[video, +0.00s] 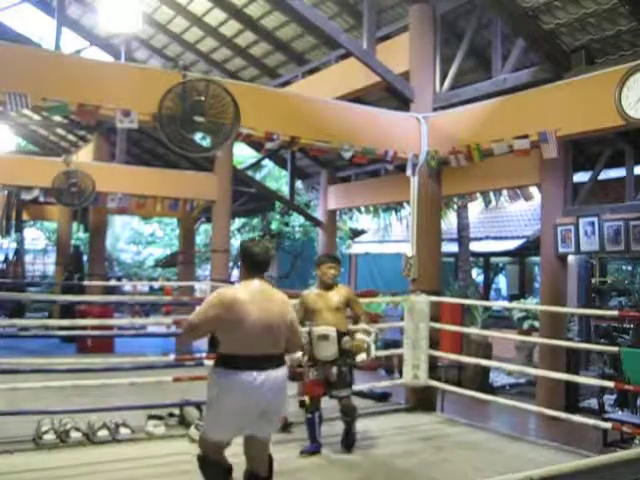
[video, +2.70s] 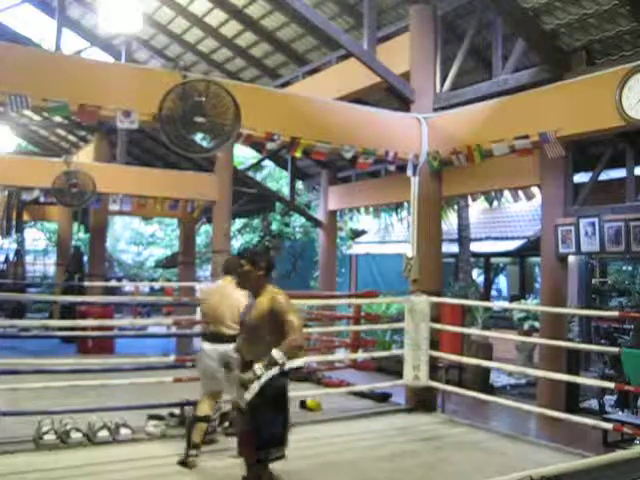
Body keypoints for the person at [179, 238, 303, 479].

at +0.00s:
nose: (238, 264)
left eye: (239, 261)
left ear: (241, 263)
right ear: (269, 266)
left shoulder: (225, 297)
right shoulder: (281, 300)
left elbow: (190, 329)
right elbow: (295, 344)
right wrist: (266, 346)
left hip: (233, 378)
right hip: (273, 377)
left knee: (211, 449)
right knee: (258, 448)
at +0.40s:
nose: (209, 271)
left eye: (209, 267)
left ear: (209, 269)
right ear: (232, 269)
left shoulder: (196, 299)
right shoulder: (249, 298)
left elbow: (165, 329)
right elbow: (264, 332)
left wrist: (191, 331)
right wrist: (235, 332)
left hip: (204, 375)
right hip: (243, 373)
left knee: (200, 446)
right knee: (241, 445)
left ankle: (198, 476)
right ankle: (245, 474)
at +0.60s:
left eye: (193, 265)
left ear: (193, 267)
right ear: (217, 268)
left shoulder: (178, 296)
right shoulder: (232, 296)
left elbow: (151, 327)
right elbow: (250, 330)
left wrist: (179, 322)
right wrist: (223, 327)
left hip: (188, 371)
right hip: (225, 371)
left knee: (192, 442)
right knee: (229, 437)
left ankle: (194, 475)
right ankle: (235, 475)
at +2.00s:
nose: (217, 272)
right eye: (216, 269)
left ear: (193, 269)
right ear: (213, 270)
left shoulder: (178, 292)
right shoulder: (223, 294)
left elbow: (167, 318)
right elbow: (240, 326)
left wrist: (187, 313)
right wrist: (219, 319)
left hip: (184, 349)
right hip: (214, 352)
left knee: (188, 403)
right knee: (214, 406)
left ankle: (189, 454)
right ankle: (201, 457)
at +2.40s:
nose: (226, 274)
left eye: (225, 271)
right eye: (225, 271)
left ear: (203, 269)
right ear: (220, 270)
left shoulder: (188, 289)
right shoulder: (223, 292)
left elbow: (188, 314)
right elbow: (237, 323)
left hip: (188, 342)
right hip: (215, 344)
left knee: (195, 398)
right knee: (228, 397)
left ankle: (191, 454)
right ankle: (239, 447)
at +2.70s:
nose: (243, 276)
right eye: (242, 272)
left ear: (222, 272)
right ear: (240, 272)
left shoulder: (206, 291)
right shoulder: (244, 295)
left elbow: (204, 316)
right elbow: (247, 321)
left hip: (208, 342)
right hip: (234, 344)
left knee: (210, 395)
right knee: (239, 399)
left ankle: (193, 447)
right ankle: (250, 451)